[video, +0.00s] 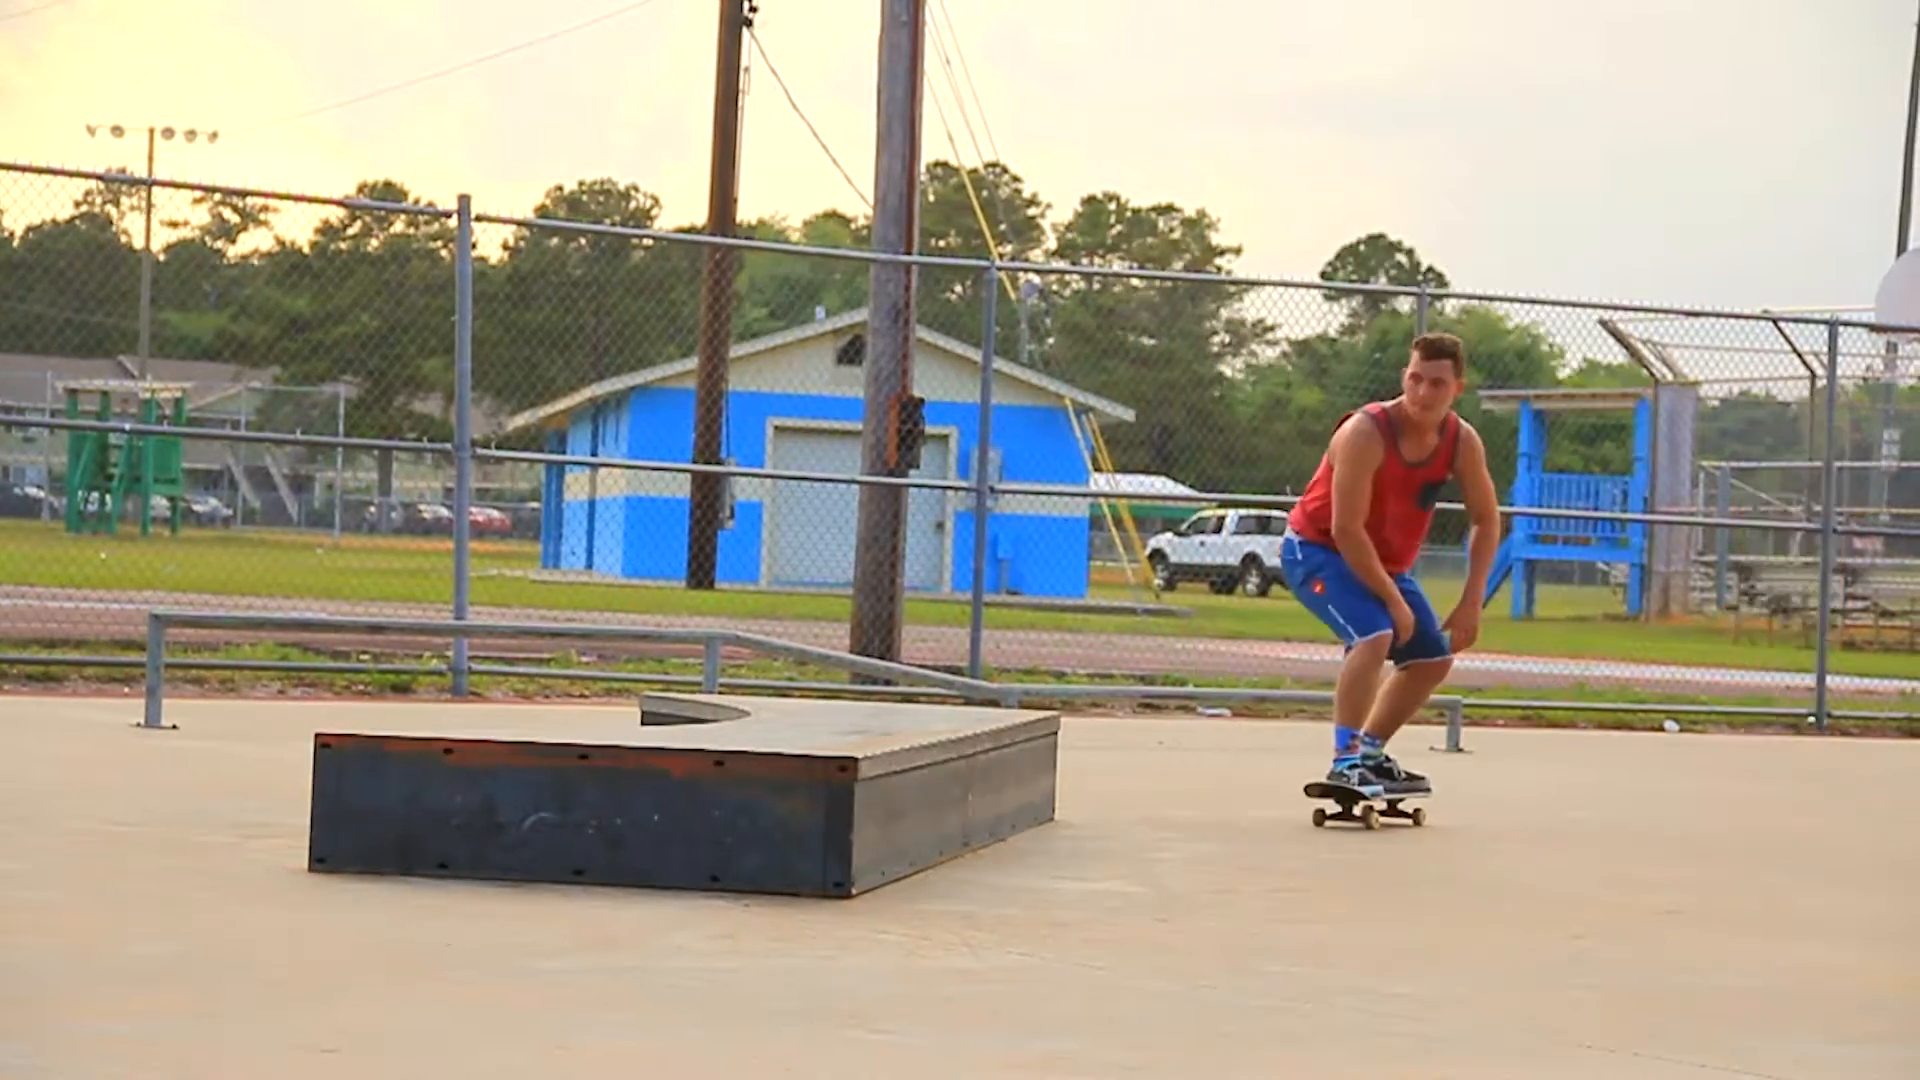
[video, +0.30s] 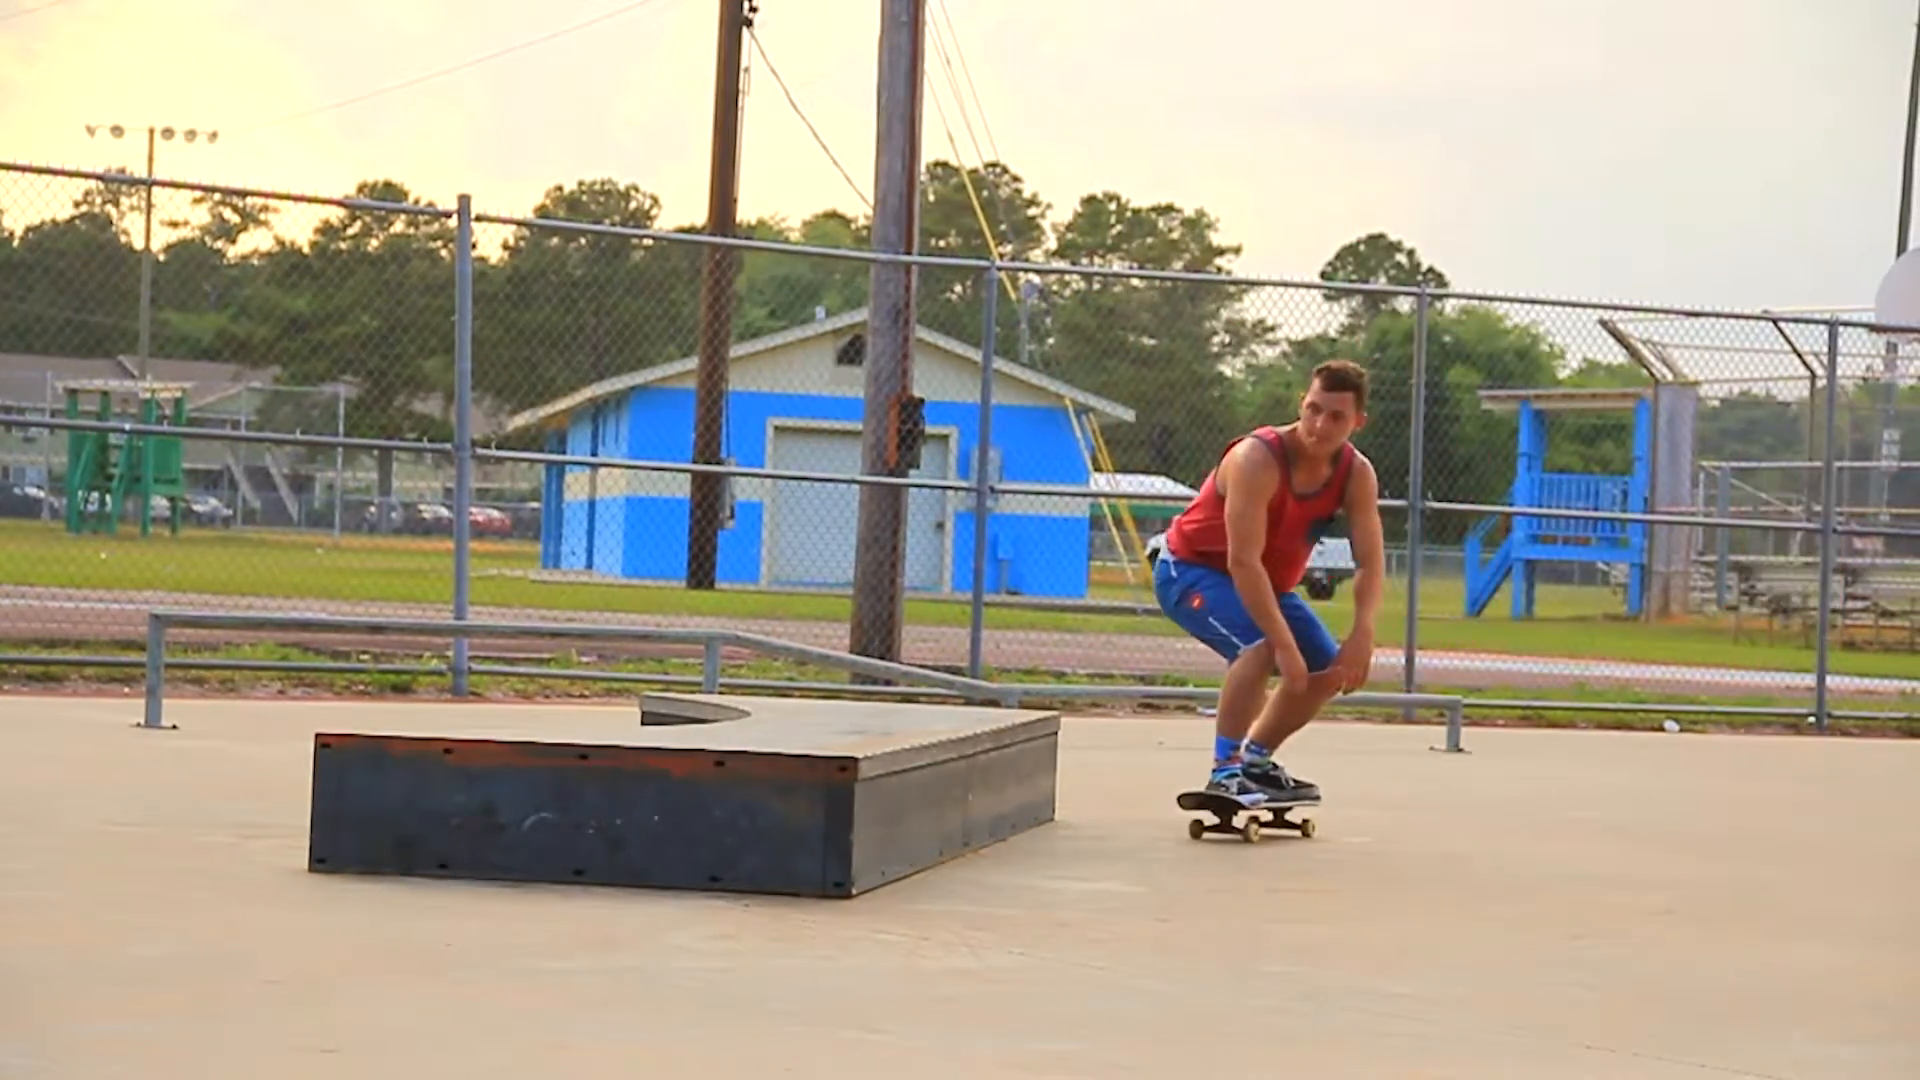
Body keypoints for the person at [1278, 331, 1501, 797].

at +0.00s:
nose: (1422, 391)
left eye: (1436, 383)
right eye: (1415, 379)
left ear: (1457, 389)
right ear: (1404, 378)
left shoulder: (1462, 442)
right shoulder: (1364, 433)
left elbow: (1487, 520)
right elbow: (1346, 530)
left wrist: (1472, 601)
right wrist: (1394, 599)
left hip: (1386, 562)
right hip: (1318, 550)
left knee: (1431, 659)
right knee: (1374, 633)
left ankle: (1368, 754)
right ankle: (1344, 760)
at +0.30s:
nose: (1320, 425)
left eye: (1335, 416)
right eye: (1314, 410)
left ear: (1358, 422)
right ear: (1302, 405)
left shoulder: (1356, 474)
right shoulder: (1255, 458)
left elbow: (1369, 563)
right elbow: (1243, 562)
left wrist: (1362, 634)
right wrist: (1287, 648)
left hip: (1264, 581)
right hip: (1190, 569)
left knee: (1326, 667)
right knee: (1261, 644)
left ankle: (1254, 761)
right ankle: (1224, 771)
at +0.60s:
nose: (1235, 309)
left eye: (1250, 304)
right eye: (1229, 293)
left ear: (1264, 303)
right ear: (1211, 272)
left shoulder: (1244, 349)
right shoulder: (1150, 301)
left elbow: (1294, 378)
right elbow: (1053, 268)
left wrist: (1363, 408)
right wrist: (966, 242)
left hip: (1134, 509)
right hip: (1070, 474)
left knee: (1144, 642)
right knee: (1107, 594)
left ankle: (1083, 769)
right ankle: (1050, 736)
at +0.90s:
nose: (1133, 218)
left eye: (1148, 210)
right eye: (1128, 199)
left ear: (1160, 200)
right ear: (1106, 168)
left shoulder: (1119, 232)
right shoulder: (1041, 197)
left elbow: (1175, 264)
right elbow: (956, 211)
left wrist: (1242, 306)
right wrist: (924, 250)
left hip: (980, 379)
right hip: (924, 343)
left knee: (1016, 516)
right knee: (953, 491)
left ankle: (919, 652)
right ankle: (889, 642)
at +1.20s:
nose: (1020, 136)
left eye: (1034, 127)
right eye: (1016, 117)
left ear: (1041, 120)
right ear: (984, 87)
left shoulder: (986, 170)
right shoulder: (918, 126)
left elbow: (1019, 200)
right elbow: (839, 126)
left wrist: (1081, 216)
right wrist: (797, 137)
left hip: (882, 350)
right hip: (820, 322)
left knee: (905, 510)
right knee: (855, 494)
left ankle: (870, 676)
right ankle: (799, 667)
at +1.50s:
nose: (898, 221)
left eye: (910, 210)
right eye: (895, 200)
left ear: (906, 197)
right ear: (854, 168)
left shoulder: (844, 252)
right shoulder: (779, 226)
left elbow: (866, 276)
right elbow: (675, 279)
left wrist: (935, 294)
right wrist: (651, 363)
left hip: (765, 472)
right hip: (702, 454)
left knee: (797, 650)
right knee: (739, 646)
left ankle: (735, 832)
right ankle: (693, 834)